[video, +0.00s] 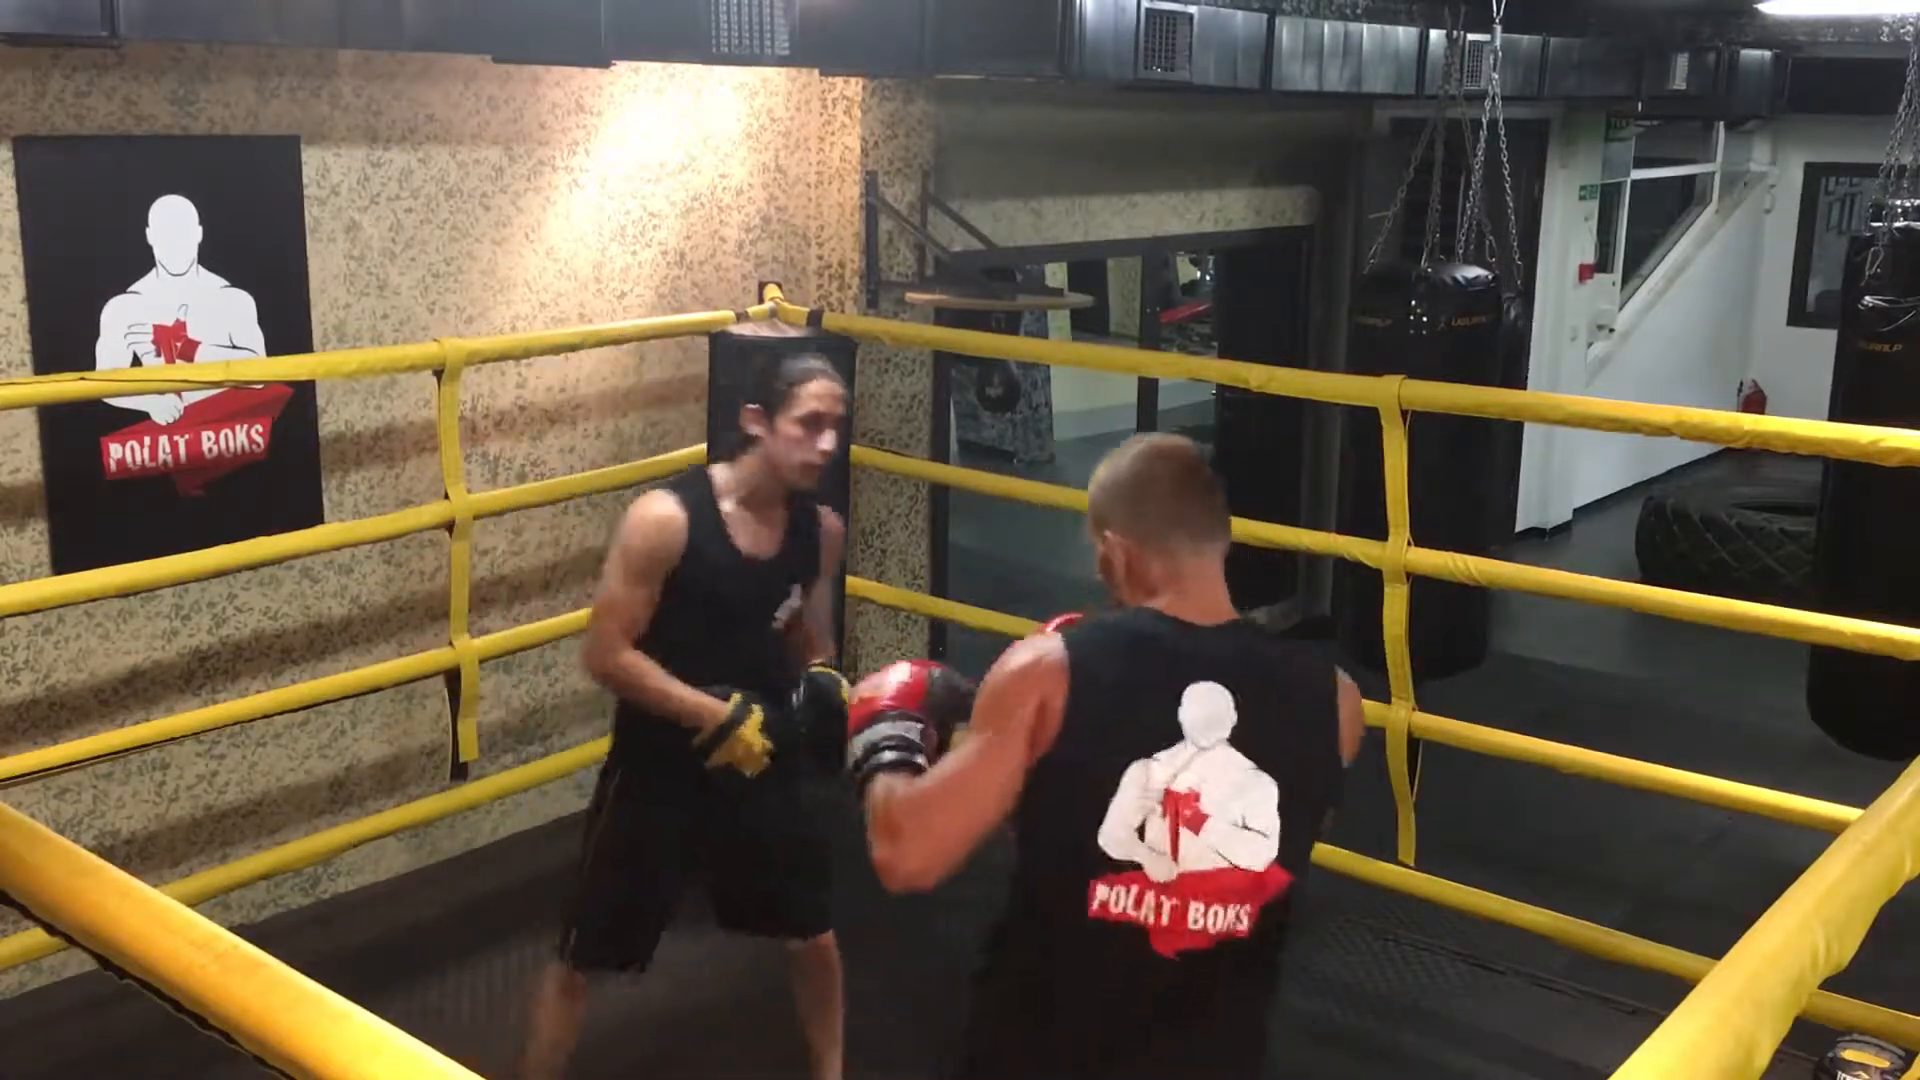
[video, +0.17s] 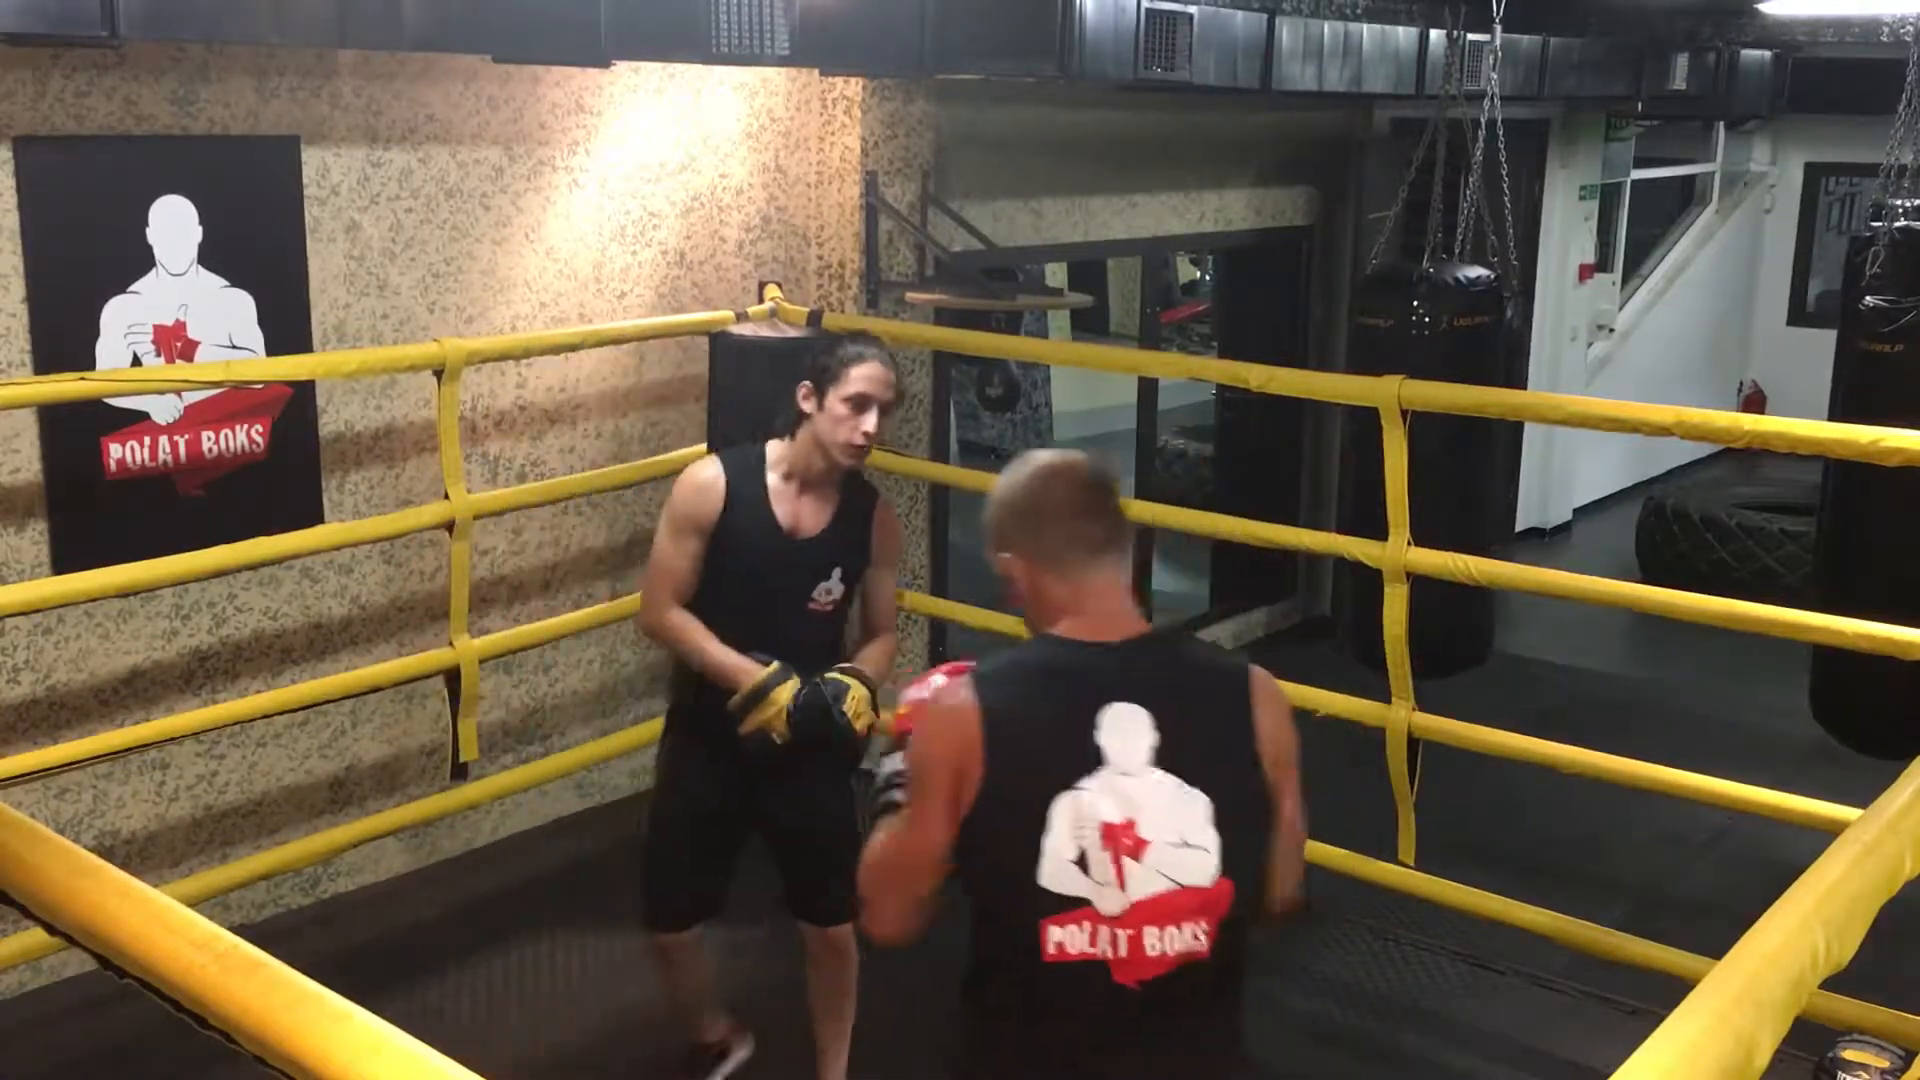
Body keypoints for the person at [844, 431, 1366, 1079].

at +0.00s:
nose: (1101, 570)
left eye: (1098, 551)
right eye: (1097, 552)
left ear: (1117, 551)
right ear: (1223, 539)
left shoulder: (1049, 672)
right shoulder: (1330, 699)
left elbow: (907, 855)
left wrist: (887, 730)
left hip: (1049, 1038)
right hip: (1220, 1050)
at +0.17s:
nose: (1008, 590)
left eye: (1003, 573)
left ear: (1015, 573)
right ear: (1126, 548)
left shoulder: (967, 714)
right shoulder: (1255, 697)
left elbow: (889, 917)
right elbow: (1281, 889)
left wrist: (908, 785)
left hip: (1025, 1056)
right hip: (1197, 1057)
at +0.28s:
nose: (941, 583)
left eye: (935, 570)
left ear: (945, 575)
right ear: (1060, 539)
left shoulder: (908, 721)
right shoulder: (1191, 673)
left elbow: (889, 932)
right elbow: (1285, 885)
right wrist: (1191, 822)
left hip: (988, 1056)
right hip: (1164, 1048)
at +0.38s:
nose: (897, 587)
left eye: (894, 570)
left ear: (910, 574)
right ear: (1032, 543)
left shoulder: (870, 725)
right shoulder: (1155, 670)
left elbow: (840, 934)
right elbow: (1263, 886)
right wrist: (1161, 838)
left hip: (949, 1052)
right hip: (1130, 1045)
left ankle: (843, 1058)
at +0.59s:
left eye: (950, 553)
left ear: (968, 569)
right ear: (1094, 553)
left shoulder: (881, 709)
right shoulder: (1179, 707)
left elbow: (760, 902)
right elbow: (1206, 909)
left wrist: (855, 856)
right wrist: (1108, 836)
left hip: (936, 1048)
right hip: (1101, 1048)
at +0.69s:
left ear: (1000, 587)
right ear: (1136, 571)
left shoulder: (905, 717)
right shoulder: (1201, 744)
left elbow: (778, 915)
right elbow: (1209, 910)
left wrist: (886, 814)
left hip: (922, 1052)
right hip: (1094, 1056)